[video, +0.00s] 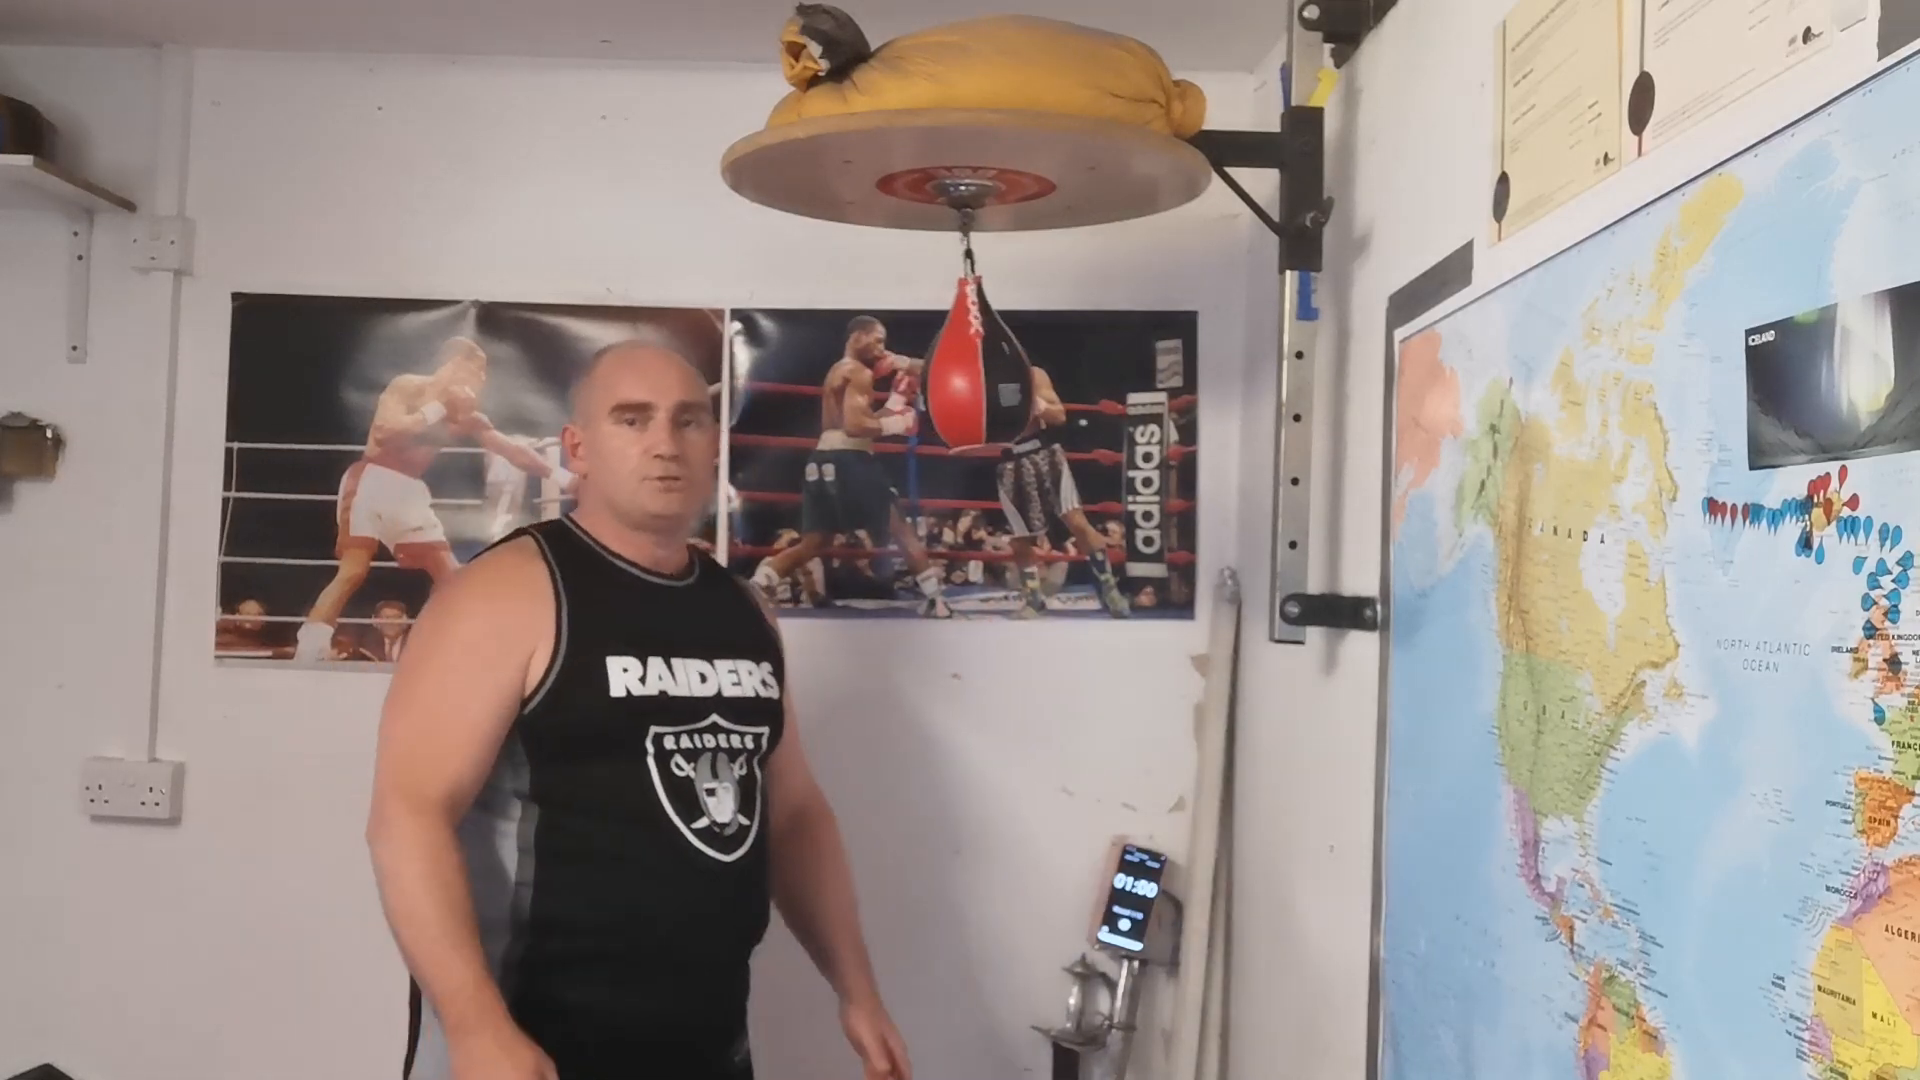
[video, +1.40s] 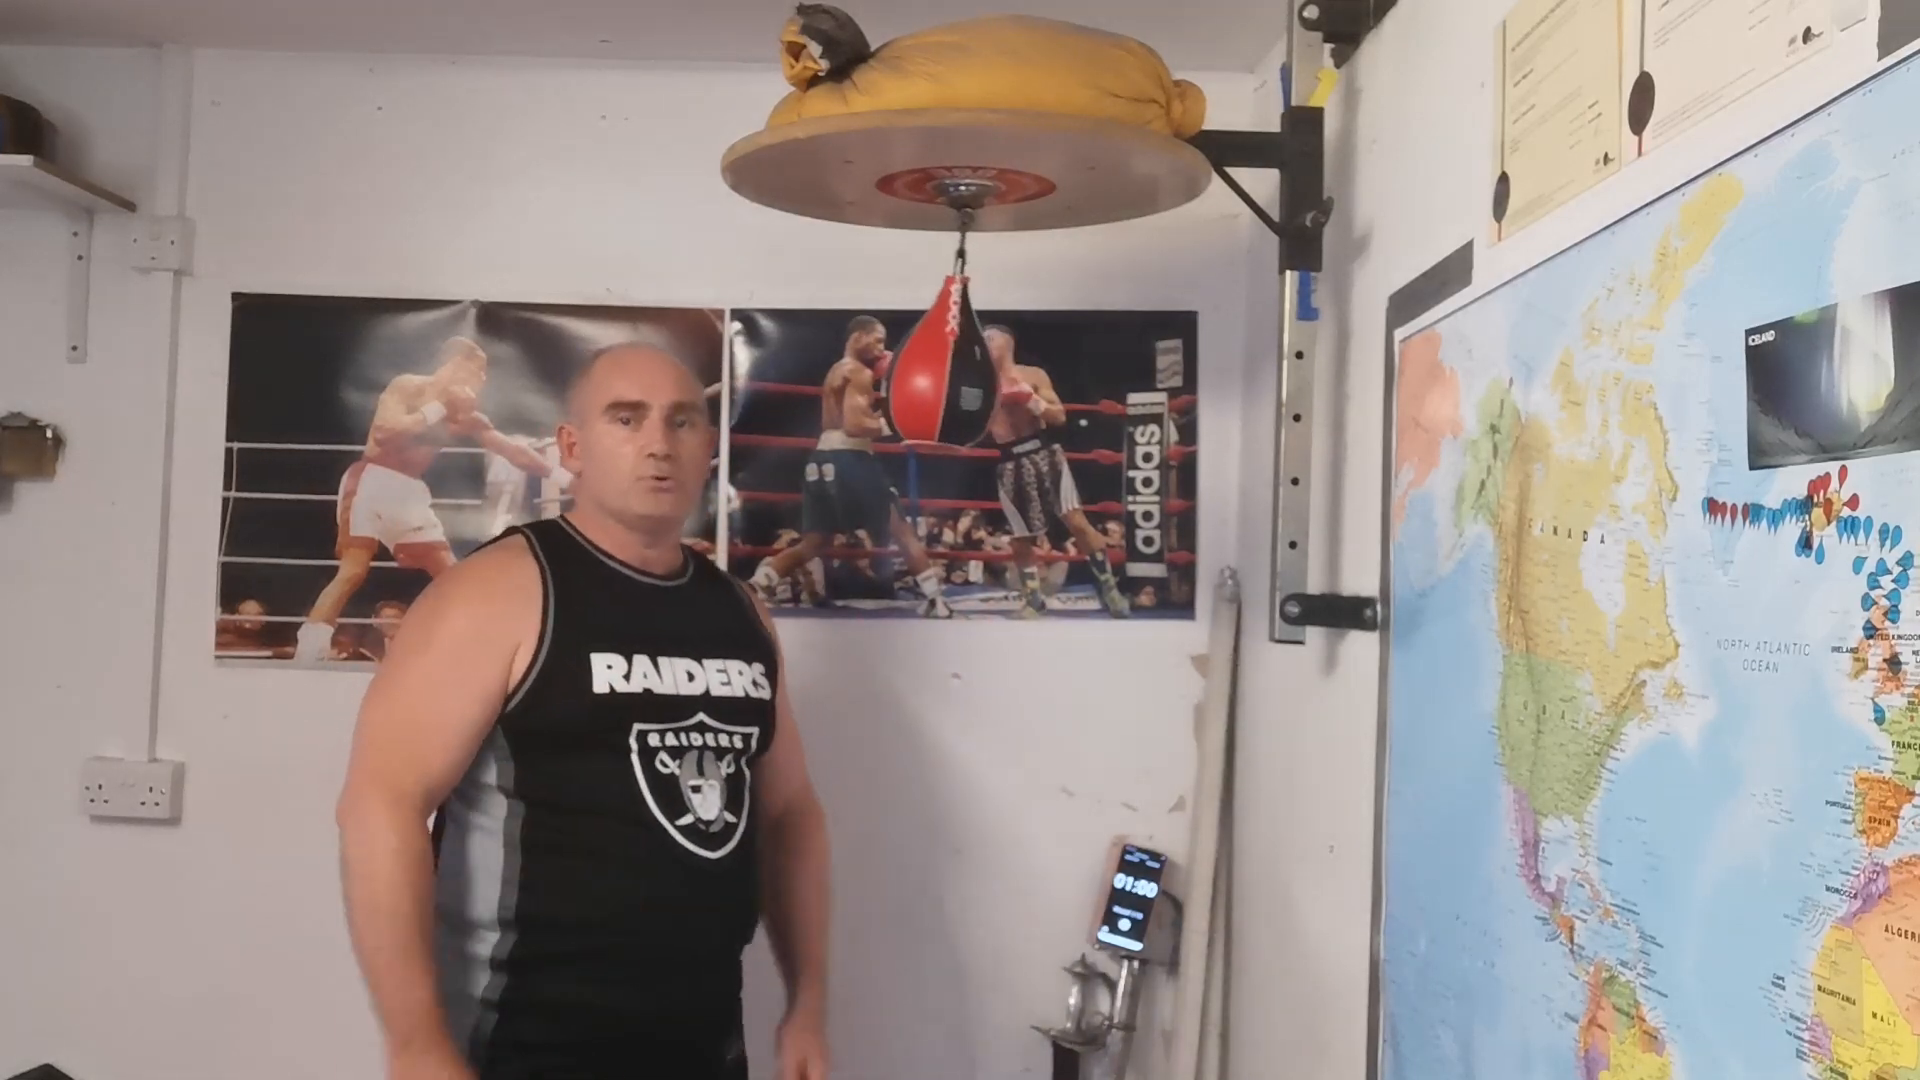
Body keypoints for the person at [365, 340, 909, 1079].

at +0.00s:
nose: (666, 444)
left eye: (689, 420)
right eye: (634, 418)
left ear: (716, 448)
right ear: (577, 449)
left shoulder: (739, 613)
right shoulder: (504, 595)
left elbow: (793, 816)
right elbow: (408, 816)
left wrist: (856, 988)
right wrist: (480, 1030)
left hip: (707, 1035)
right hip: (548, 1037)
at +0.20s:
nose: (653, 443)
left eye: (676, 418)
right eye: (619, 419)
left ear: (706, 443)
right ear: (565, 450)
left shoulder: (730, 607)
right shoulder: (495, 598)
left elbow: (787, 801)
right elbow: (378, 811)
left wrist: (857, 949)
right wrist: (495, 989)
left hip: (711, 1038)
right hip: (553, 1042)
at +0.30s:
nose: (650, 443)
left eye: (672, 418)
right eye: (615, 419)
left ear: (703, 446)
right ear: (561, 452)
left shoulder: (731, 605)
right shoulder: (488, 598)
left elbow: (787, 784)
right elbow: (363, 803)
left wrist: (865, 879)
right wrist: (505, 915)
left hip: (704, 1034)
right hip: (528, 1040)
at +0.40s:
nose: (646, 443)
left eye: (669, 419)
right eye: (613, 418)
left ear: (699, 448)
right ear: (559, 450)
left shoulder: (730, 603)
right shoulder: (486, 595)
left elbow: (785, 774)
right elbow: (352, 798)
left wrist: (859, 788)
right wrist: (515, 810)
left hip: (699, 1026)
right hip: (521, 1030)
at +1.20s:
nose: (653, 444)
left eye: (677, 421)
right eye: (621, 419)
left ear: (702, 448)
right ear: (564, 448)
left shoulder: (729, 606)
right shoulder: (488, 589)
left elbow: (801, 774)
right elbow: (361, 786)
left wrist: (835, 835)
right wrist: (512, 867)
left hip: (692, 1019)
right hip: (517, 1024)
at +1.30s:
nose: (655, 442)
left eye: (679, 420)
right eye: (622, 417)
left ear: (703, 451)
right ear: (566, 448)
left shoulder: (731, 608)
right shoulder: (493, 588)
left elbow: (799, 795)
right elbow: (369, 793)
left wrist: (835, 938)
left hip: (699, 1026)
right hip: (531, 1029)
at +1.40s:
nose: (659, 444)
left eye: (681, 420)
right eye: (627, 418)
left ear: (709, 450)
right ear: (570, 448)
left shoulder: (736, 612)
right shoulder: (493, 592)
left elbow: (788, 812)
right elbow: (380, 804)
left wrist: (807, 1001)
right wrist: (417, 1042)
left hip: (699, 1037)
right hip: (528, 1037)